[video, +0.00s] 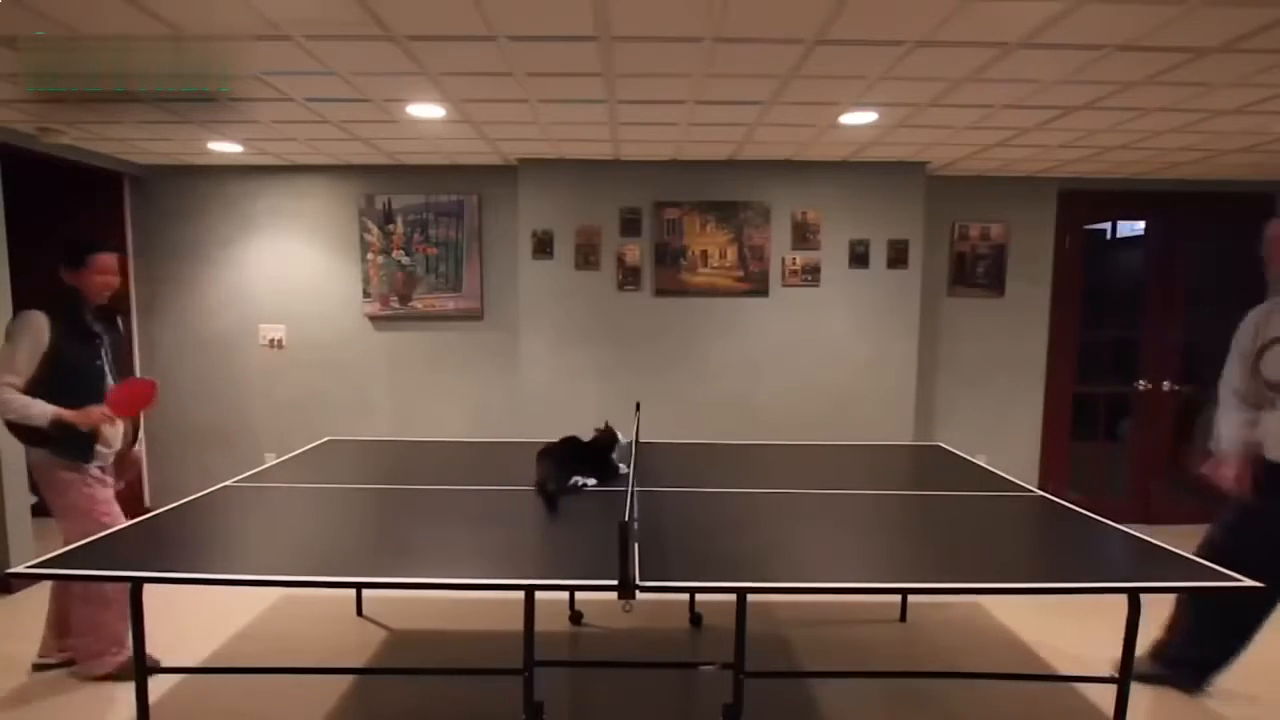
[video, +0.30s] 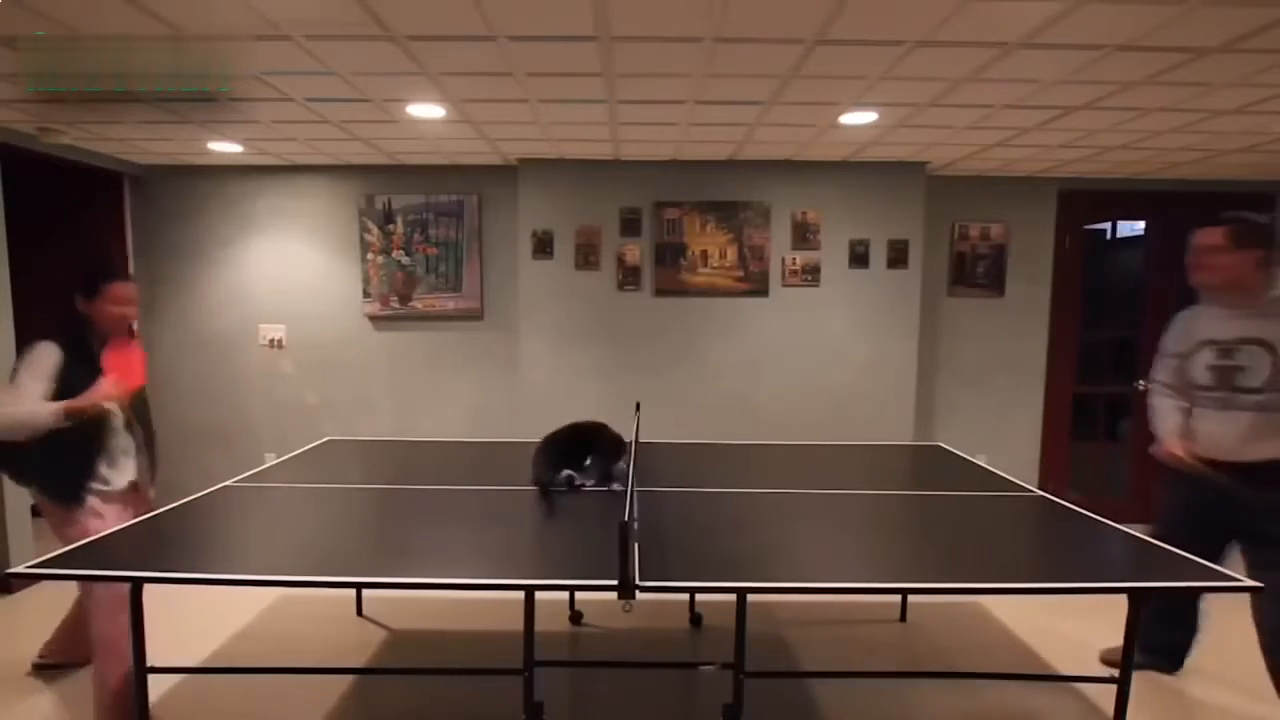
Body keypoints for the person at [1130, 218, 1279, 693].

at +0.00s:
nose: (1273, 260)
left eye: (1276, 249)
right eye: (1272, 250)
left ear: (1277, 256)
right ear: (1266, 256)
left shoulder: (1262, 323)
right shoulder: (1259, 323)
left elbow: (1235, 392)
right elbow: (1236, 391)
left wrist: (1235, 448)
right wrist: (1231, 450)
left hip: (1274, 473)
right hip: (1270, 470)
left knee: (1234, 561)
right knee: (1231, 563)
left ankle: (1185, 661)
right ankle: (1182, 661)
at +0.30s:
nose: (1197, 263)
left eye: (1211, 253)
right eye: (1195, 253)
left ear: (1253, 260)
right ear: (1190, 259)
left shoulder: (1275, 316)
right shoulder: (1188, 323)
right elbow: (1164, 385)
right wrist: (1170, 436)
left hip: (1269, 473)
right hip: (1201, 467)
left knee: (1275, 582)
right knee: (1171, 560)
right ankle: (1158, 649)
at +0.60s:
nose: (1191, 254)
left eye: (1204, 244)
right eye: (1189, 244)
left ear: (1244, 251)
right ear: (1185, 252)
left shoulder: (1273, 308)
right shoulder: (1178, 319)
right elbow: (1153, 378)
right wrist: (1150, 413)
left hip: (1259, 469)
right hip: (1189, 465)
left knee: (1267, 587)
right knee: (1164, 559)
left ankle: (1278, 685)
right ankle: (1155, 651)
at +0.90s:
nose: (1109, 297)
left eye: (1119, 285)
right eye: (1105, 287)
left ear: (1156, 282)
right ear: (1107, 292)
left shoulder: (1210, 338)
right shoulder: (1117, 341)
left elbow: (1252, 418)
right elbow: (1083, 382)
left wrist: (1248, 499)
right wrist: (1054, 404)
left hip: (1202, 488)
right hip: (1138, 484)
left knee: (1238, 602)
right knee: (1091, 546)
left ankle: (1279, 687)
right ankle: (1076, 630)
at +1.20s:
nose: (1050, 276)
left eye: (1061, 268)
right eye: (1048, 268)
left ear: (1095, 272)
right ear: (1051, 275)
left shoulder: (1151, 324)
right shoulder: (1052, 330)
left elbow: (1197, 391)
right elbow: (1007, 357)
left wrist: (1212, 463)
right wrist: (971, 374)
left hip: (1162, 464)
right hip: (1099, 463)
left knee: (1210, 576)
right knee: (1075, 546)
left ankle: (1273, 688)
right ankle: (1074, 630)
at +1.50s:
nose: (1130, 269)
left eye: (1142, 259)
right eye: (1128, 260)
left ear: (1178, 265)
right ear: (1124, 270)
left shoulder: (1234, 326)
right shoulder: (1131, 330)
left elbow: (1271, 405)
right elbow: (1135, 394)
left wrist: (1265, 486)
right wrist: (1117, 425)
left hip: (1218, 476)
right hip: (1152, 473)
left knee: (1241, 595)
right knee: (1118, 556)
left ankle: (1270, 695)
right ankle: (1077, 631)